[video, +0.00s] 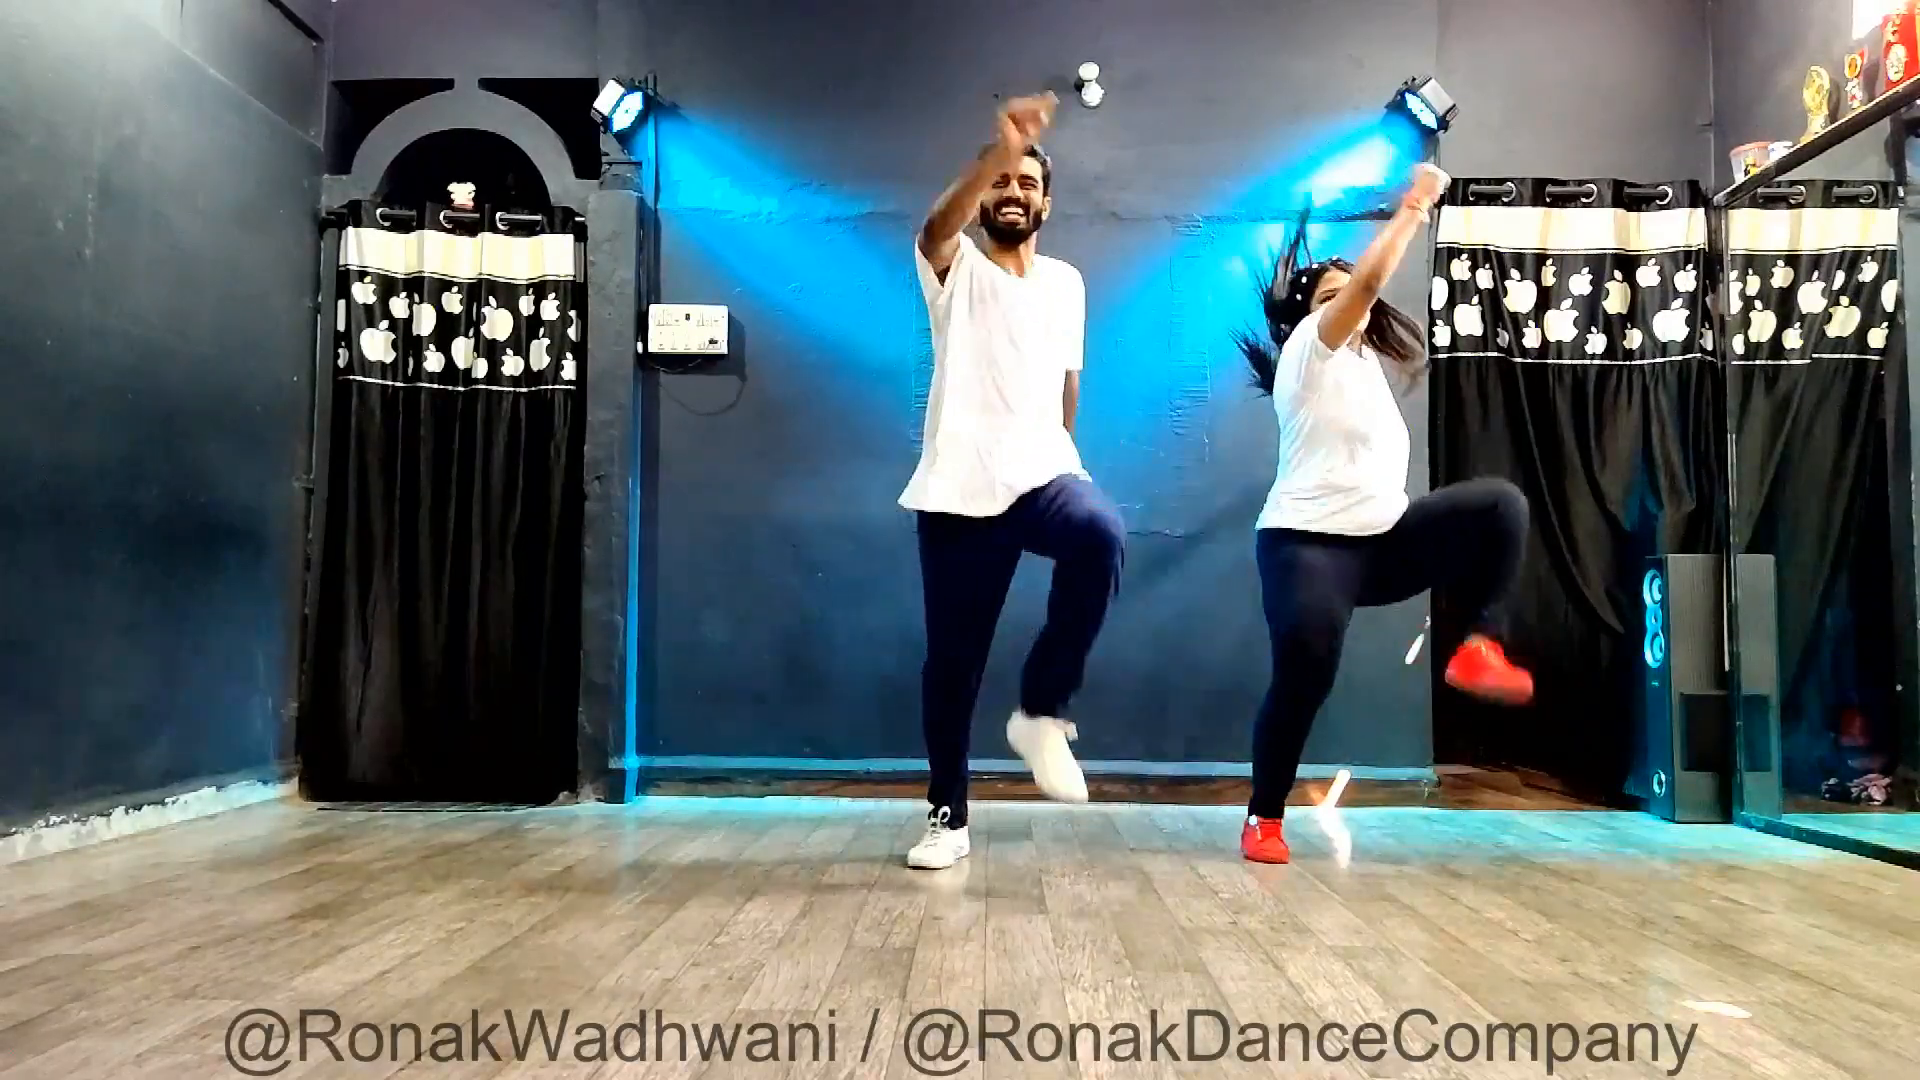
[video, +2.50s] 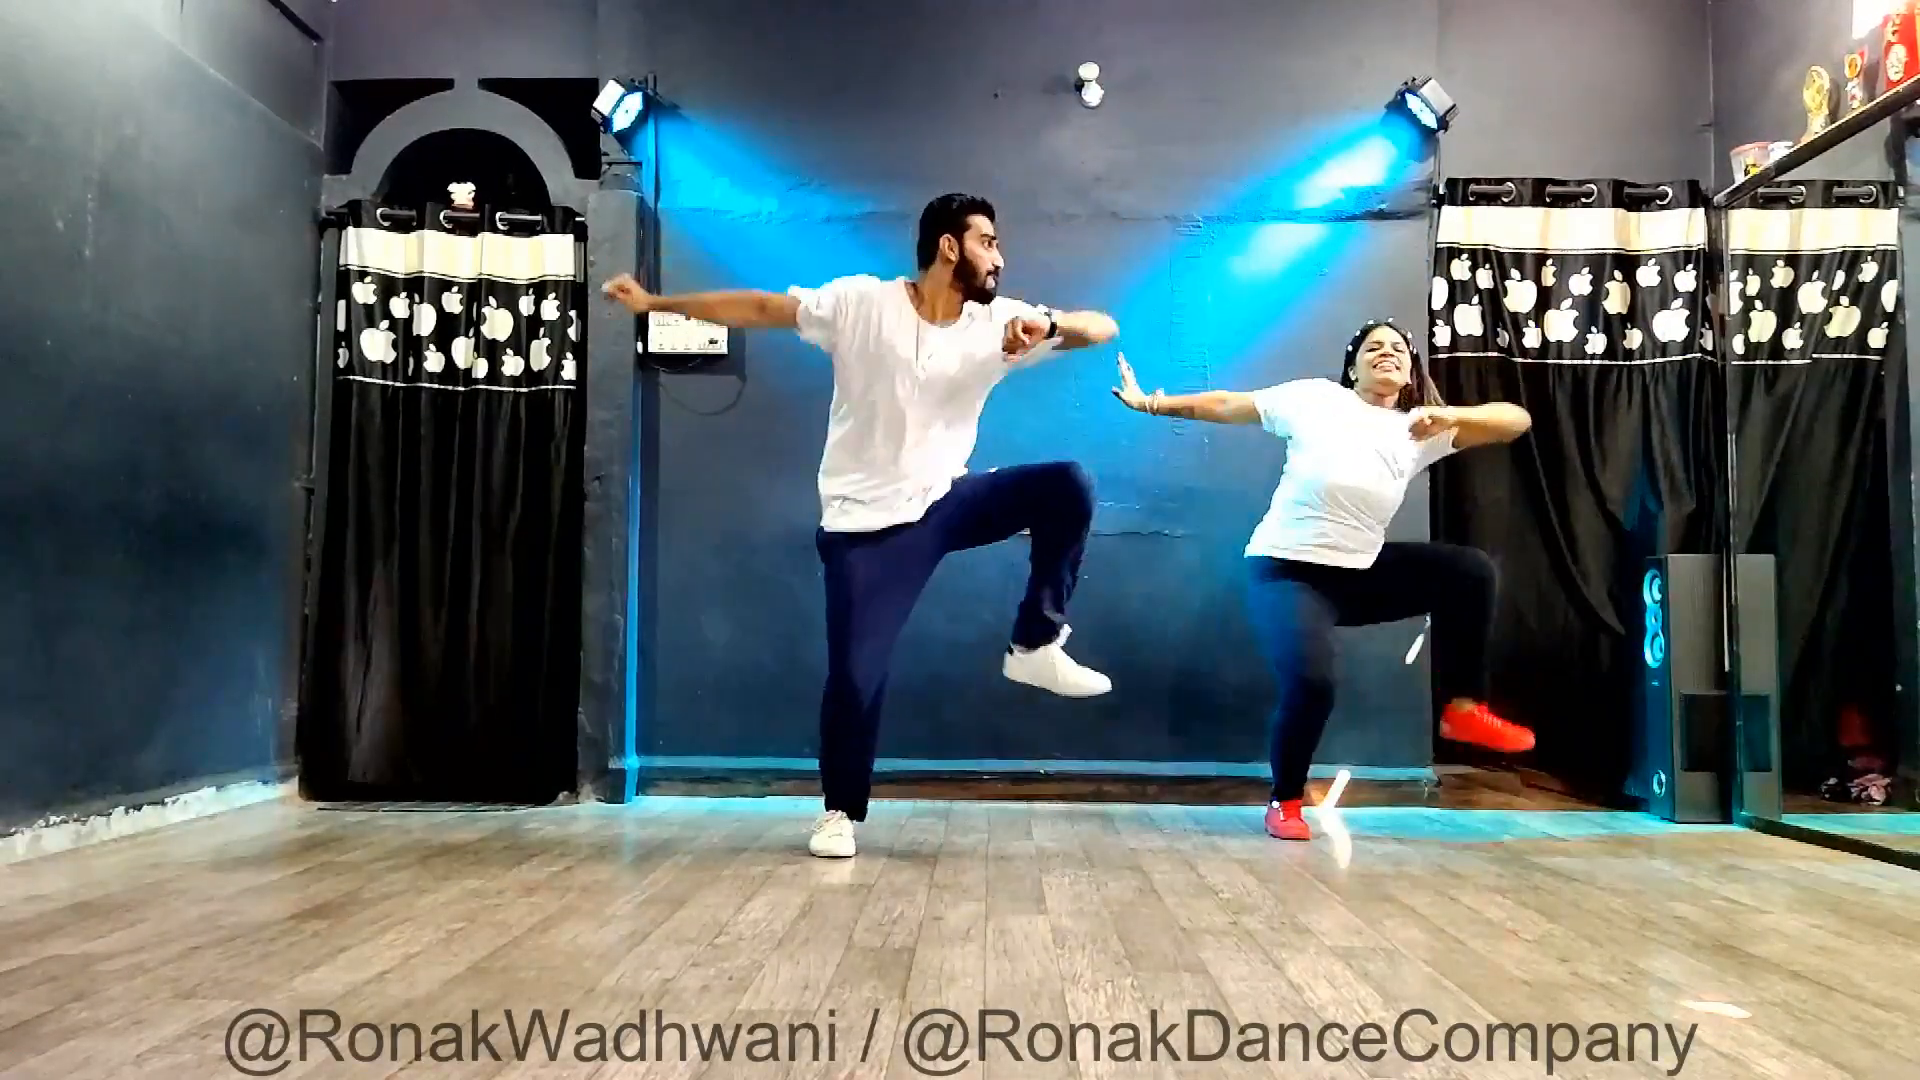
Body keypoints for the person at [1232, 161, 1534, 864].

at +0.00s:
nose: (1354, 286)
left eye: (1354, 282)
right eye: (1340, 281)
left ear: (1352, 305)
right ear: (1311, 300)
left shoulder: (1367, 364)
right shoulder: (1306, 349)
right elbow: (1369, 282)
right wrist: (1413, 208)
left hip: (1381, 541)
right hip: (1307, 542)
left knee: (1499, 507)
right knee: (1306, 668)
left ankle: (1466, 642)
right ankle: (1264, 816)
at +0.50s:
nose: (1424, 265)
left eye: (1436, 259)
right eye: (1411, 258)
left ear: (1452, 278)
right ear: (1390, 276)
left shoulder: (1473, 321)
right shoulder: (1355, 322)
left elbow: (1552, 283)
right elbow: (1271, 344)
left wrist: (1545, 190)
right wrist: (1189, 342)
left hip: (1430, 516)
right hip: (1359, 499)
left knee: (1439, 662)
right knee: (1324, 423)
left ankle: (1463, 806)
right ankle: (1316, 567)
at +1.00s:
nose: (1341, 297)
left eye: (1352, 291)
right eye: (1330, 290)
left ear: (1367, 307)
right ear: (1311, 305)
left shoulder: (1381, 356)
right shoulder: (1286, 350)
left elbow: (1397, 299)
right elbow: (1252, 311)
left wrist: (1359, 227)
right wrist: (1299, 245)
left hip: (1381, 515)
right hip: (1304, 528)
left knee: (1454, 549)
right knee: (1303, 671)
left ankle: (1432, 687)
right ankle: (1298, 794)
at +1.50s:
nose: (1396, 332)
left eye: (1401, 326)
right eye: (1383, 322)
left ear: (1403, 336)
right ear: (1348, 327)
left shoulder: (1403, 388)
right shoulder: (1317, 367)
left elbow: (1422, 464)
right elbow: (1317, 440)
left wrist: (1469, 525)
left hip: (1386, 547)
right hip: (1317, 541)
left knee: (1413, 670)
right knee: (1330, 672)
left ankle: (1385, 798)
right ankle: (1289, 771)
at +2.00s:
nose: (1396, 325)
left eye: (1404, 319)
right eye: (1381, 320)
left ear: (1414, 337)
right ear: (1361, 338)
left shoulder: (1403, 405)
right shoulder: (1368, 363)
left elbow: (1423, 480)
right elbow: (1406, 397)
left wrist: (1491, 466)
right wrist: (1443, 378)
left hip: (1364, 542)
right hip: (1366, 536)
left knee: (1425, 672)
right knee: (1442, 660)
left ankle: (1391, 800)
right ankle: (1424, 812)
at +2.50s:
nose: (1388, 351)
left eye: (1398, 348)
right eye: (1376, 345)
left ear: (1410, 372)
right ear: (1354, 365)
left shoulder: (1417, 430)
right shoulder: (1315, 397)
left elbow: (1519, 420)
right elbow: (1226, 406)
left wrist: (1454, 419)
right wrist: (1154, 403)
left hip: (1359, 571)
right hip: (1286, 567)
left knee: (1470, 572)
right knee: (1311, 680)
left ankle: (1462, 708)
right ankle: (1286, 804)